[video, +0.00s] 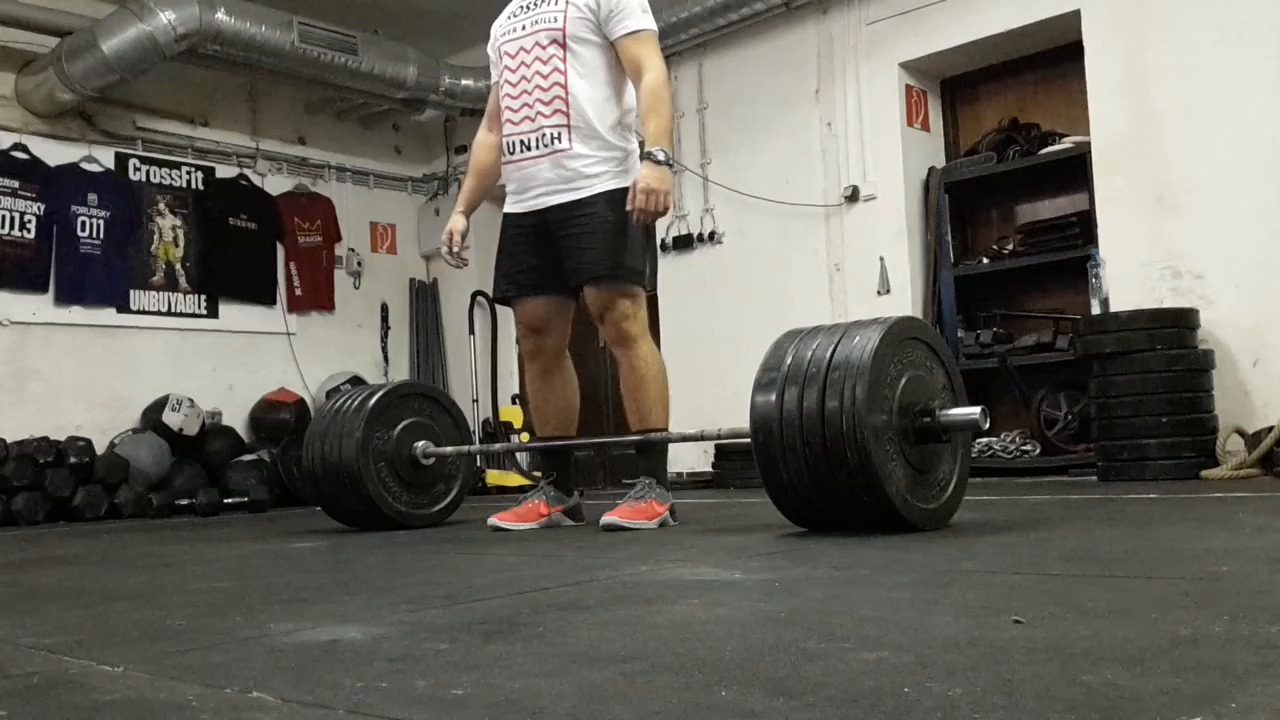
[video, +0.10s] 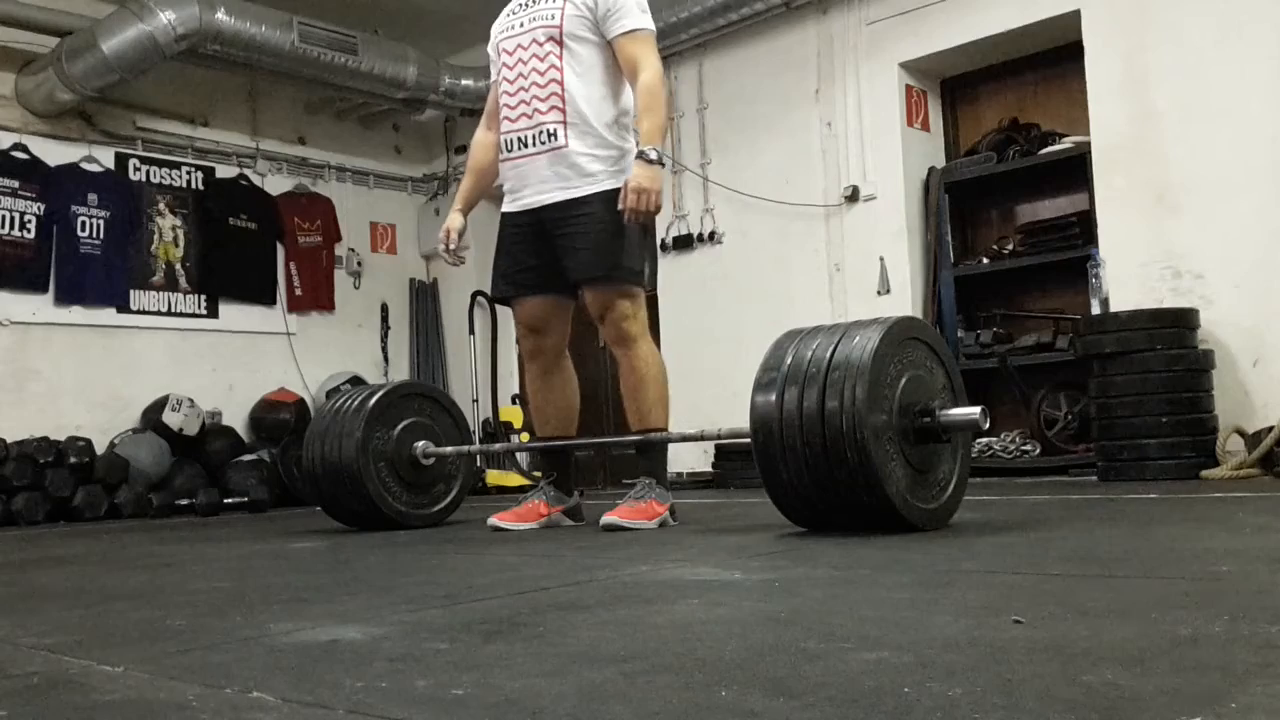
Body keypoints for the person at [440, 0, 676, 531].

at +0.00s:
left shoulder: (606, 1)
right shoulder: (503, 23)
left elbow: (649, 70)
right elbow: (493, 125)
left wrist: (656, 159)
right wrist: (463, 208)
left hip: (600, 184)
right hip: (526, 199)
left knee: (622, 324)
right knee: (538, 336)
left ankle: (652, 486)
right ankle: (557, 491)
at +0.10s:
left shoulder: (604, 0)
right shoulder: (504, 22)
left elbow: (646, 69)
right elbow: (491, 124)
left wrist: (649, 157)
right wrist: (460, 206)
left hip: (597, 184)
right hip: (524, 200)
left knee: (622, 327)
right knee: (537, 338)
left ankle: (652, 485)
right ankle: (557, 490)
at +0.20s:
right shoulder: (504, 21)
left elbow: (643, 69)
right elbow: (491, 124)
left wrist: (642, 158)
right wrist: (459, 204)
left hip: (596, 185)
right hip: (524, 200)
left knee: (621, 326)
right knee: (537, 338)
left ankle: (652, 486)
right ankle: (558, 490)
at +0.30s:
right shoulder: (502, 22)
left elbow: (640, 68)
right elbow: (492, 124)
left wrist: (637, 160)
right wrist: (460, 204)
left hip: (594, 185)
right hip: (523, 200)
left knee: (621, 326)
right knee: (537, 338)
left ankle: (652, 486)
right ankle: (558, 490)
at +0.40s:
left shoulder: (596, 0)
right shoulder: (499, 23)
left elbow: (639, 65)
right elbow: (492, 123)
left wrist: (633, 160)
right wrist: (463, 205)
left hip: (594, 185)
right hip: (524, 200)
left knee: (621, 325)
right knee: (538, 338)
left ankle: (652, 486)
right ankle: (557, 490)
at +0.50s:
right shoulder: (498, 22)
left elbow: (639, 66)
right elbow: (491, 124)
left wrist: (632, 159)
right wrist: (466, 207)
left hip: (595, 185)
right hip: (524, 201)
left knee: (621, 325)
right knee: (537, 337)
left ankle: (652, 487)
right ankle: (556, 491)